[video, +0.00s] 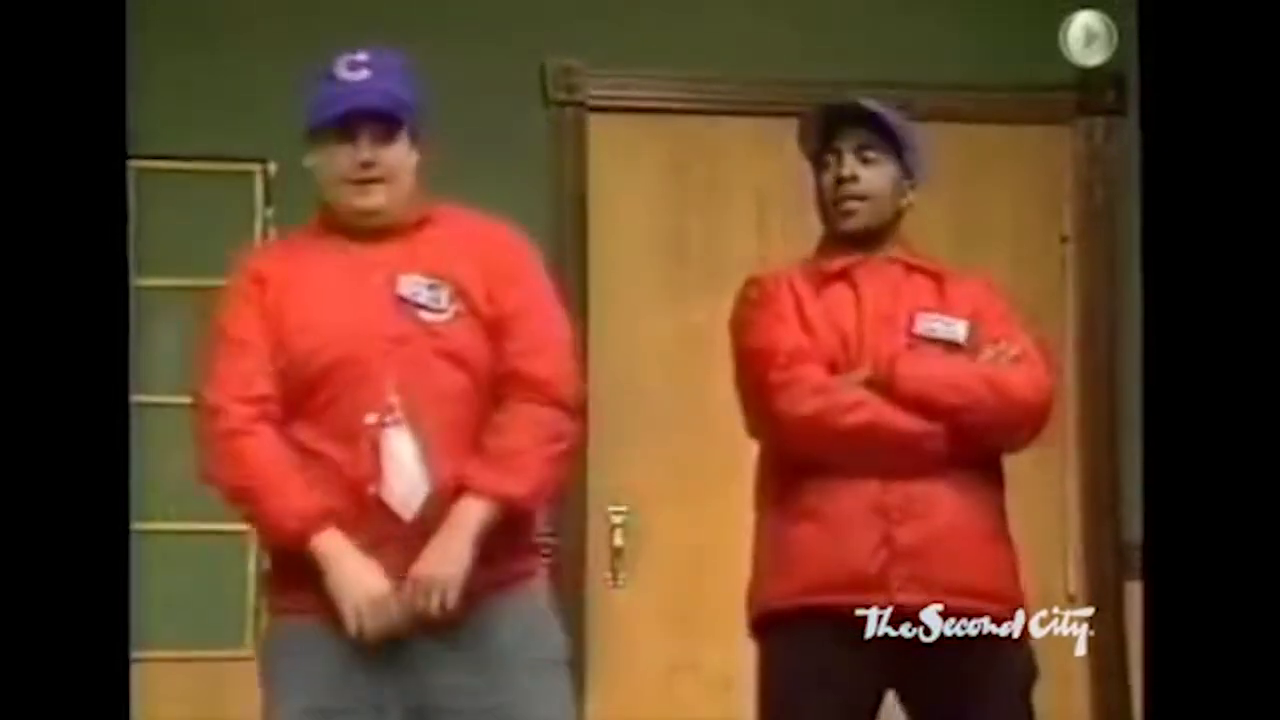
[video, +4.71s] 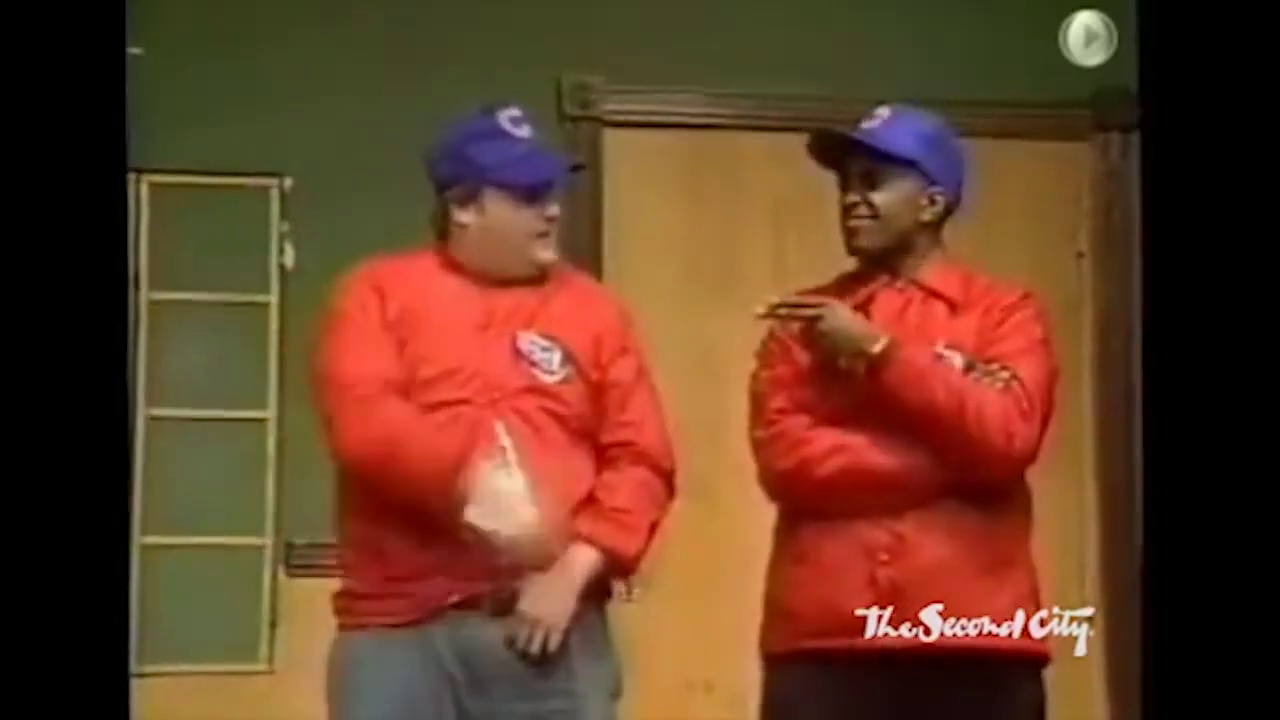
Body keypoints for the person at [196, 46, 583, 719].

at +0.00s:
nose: (364, 155)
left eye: (384, 135)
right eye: (342, 138)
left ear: (416, 148)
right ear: (313, 154)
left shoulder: (493, 252)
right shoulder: (268, 274)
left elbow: (546, 400)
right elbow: (234, 429)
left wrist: (464, 525)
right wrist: (332, 550)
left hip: (493, 612)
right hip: (325, 618)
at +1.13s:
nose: (455, 167)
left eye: (467, 148)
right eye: (428, 150)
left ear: (485, 161)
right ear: (376, 169)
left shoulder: (534, 265)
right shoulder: (302, 273)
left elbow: (580, 411)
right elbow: (252, 423)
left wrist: (485, 527)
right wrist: (340, 540)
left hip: (497, 612)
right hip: (337, 614)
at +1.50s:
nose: (536, 187)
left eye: (546, 169)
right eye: (511, 169)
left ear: (559, 178)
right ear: (453, 184)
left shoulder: (589, 289)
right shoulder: (369, 277)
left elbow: (627, 448)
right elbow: (315, 432)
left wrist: (525, 568)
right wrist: (404, 551)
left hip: (542, 616)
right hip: (384, 612)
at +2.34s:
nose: (444, 211)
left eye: (451, 192)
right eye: (419, 195)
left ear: (463, 197)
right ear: (360, 207)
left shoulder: (509, 304)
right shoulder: (281, 308)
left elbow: (558, 459)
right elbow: (243, 469)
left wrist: (485, 581)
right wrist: (353, 578)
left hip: (484, 624)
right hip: (322, 628)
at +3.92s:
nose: (542, 213)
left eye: (541, 196)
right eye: (518, 200)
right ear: (453, 216)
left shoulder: (589, 314)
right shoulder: (359, 306)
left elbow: (631, 465)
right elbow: (307, 453)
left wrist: (549, 579)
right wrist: (400, 561)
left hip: (541, 627)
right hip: (382, 627)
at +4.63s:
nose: (553, 211)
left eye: (553, 194)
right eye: (530, 196)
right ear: (466, 208)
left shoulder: (595, 311)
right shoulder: (370, 302)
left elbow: (642, 462)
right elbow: (334, 450)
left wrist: (572, 576)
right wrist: (429, 559)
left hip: (554, 632)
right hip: (398, 632)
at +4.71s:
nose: (553, 211)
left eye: (553, 194)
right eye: (529, 196)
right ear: (464, 208)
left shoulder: (591, 310)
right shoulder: (377, 294)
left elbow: (642, 460)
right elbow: (362, 427)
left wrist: (572, 569)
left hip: (549, 631)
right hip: (396, 636)